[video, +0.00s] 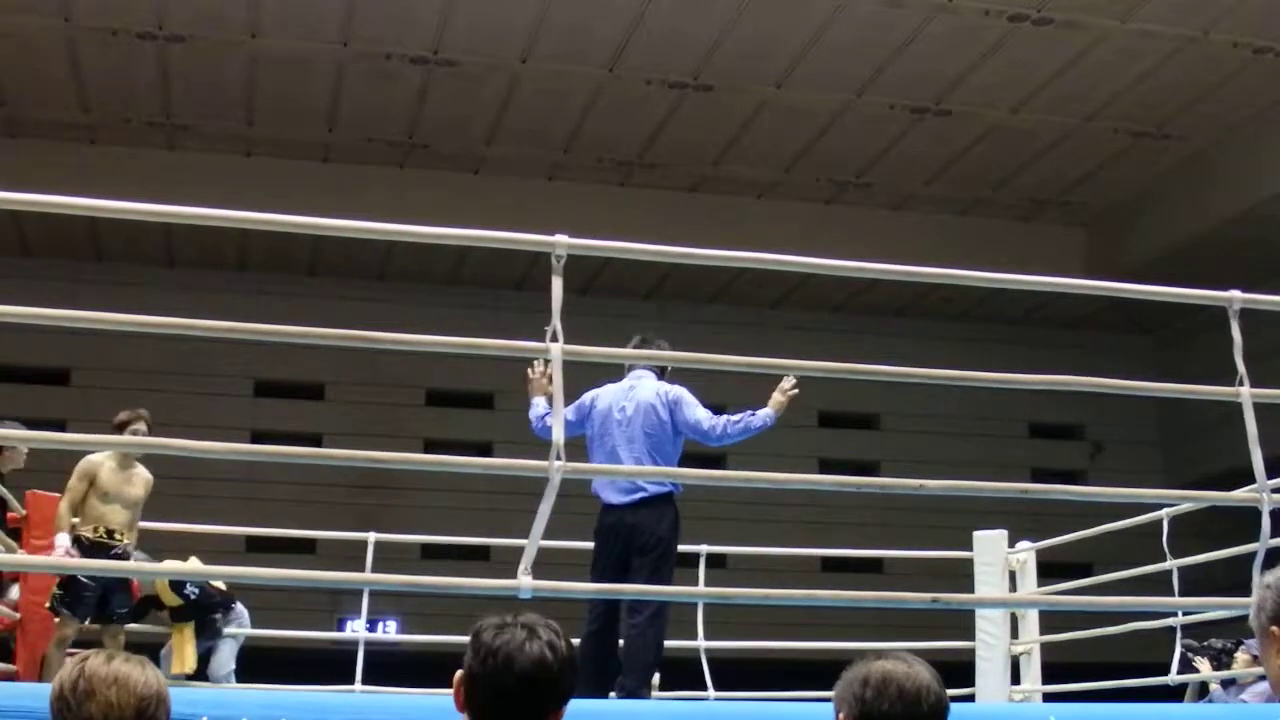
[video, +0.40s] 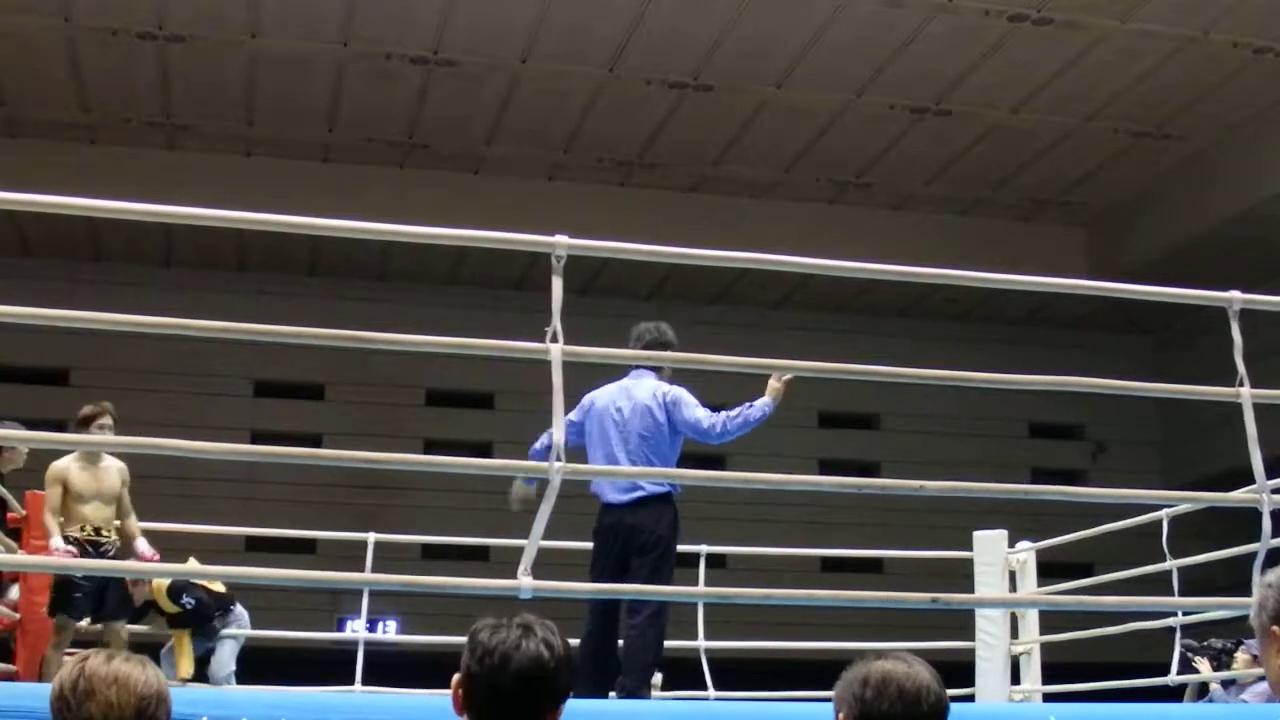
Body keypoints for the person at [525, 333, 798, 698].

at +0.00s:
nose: (669, 374)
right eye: (669, 369)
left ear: (627, 365)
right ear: (663, 367)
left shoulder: (598, 398)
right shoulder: (672, 396)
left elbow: (549, 428)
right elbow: (714, 431)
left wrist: (537, 397)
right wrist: (770, 412)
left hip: (612, 516)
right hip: (656, 514)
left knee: (601, 606)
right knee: (646, 606)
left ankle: (588, 697)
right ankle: (632, 696)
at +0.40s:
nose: (673, 366)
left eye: (673, 360)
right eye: (673, 360)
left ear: (631, 356)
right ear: (666, 360)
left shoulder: (597, 399)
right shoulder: (669, 396)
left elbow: (555, 437)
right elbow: (714, 428)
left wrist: (529, 473)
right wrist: (768, 402)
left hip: (610, 517)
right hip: (655, 516)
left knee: (602, 604)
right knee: (645, 606)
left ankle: (589, 696)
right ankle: (633, 698)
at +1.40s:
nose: (660, 361)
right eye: (664, 355)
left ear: (627, 361)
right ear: (665, 361)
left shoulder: (604, 407)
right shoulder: (677, 408)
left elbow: (586, 463)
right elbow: (726, 457)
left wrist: (589, 439)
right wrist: (772, 442)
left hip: (617, 528)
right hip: (661, 525)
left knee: (631, 615)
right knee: (692, 610)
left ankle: (638, 705)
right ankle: (653, 680)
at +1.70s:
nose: (660, 360)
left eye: (655, 354)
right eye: (658, 354)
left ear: (615, 359)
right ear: (652, 360)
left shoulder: (592, 409)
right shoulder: (670, 407)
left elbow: (600, 458)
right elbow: (694, 467)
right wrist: (698, 445)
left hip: (611, 524)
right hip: (657, 520)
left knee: (626, 609)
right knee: (681, 603)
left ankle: (635, 699)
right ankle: (645, 665)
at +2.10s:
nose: (649, 334)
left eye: (646, 326)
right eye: (646, 327)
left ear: (600, 331)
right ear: (636, 332)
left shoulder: (572, 379)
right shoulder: (645, 377)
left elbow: (548, 442)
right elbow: (651, 439)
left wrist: (569, 474)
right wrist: (654, 478)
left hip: (577, 496)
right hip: (621, 495)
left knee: (594, 587)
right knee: (620, 588)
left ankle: (600, 678)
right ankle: (608, 685)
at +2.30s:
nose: (622, 324)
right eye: (621, 319)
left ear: (576, 322)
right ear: (617, 325)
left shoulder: (548, 374)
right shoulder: (626, 373)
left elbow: (538, 444)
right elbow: (638, 442)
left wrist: (556, 479)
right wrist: (625, 472)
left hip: (554, 492)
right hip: (602, 494)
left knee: (550, 593)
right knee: (605, 592)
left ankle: (536, 690)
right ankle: (605, 691)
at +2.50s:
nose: (539, 318)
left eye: (542, 312)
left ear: (542, 318)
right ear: (588, 323)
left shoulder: (517, 369)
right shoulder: (606, 370)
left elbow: (517, 422)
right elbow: (616, 434)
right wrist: (596, 465)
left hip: (521, 491)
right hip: (578, 494)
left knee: (511, 593)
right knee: (579, 596)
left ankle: (503, 697)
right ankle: (594, 696)